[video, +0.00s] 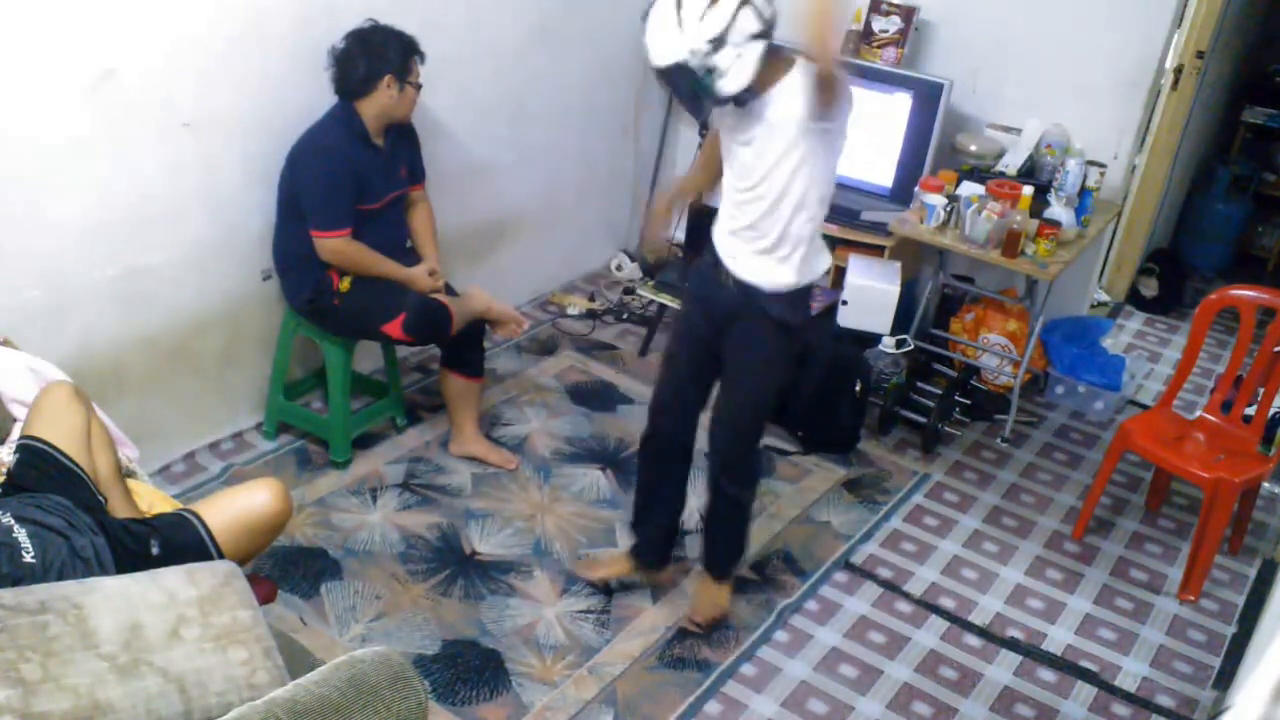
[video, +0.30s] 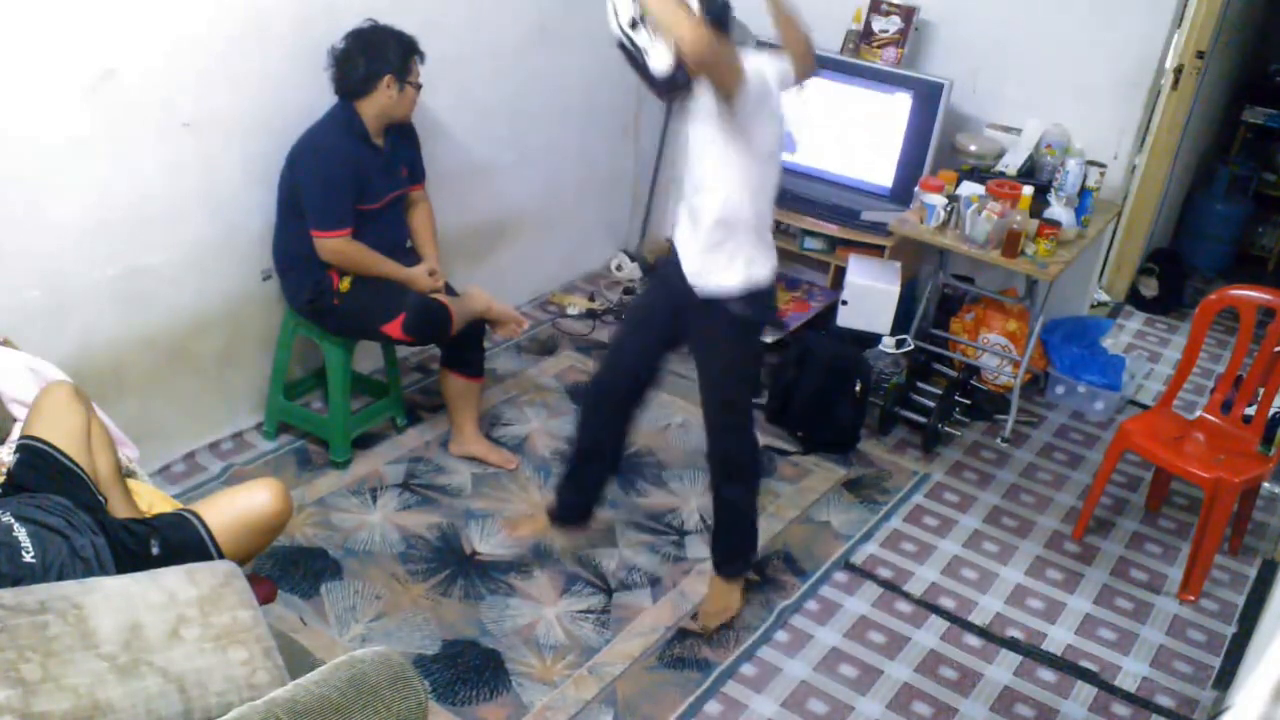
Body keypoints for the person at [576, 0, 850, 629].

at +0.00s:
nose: (710, 80)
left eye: (713, 66)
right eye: (701, 70)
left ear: (742, 41)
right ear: (702, 59)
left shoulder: (819, 98)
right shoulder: (731, 94)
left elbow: (826, 69)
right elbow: (708, 166)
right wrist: (671, 199)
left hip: (776, 301)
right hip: (714, 279)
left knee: (732, 442)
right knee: (668, 419)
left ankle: (717, 576)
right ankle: (650, 551)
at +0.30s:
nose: (675, 47)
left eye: (681, 34)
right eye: (670, 37)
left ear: (711, 33)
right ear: (717, 31)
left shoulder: (747, 78)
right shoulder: (751, 72)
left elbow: (700, 48)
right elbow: (803, 61)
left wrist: (656, 6)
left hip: (736, 289)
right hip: (682, 272)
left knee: (730, 435)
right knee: (609, 390)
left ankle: (730, 571)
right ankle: (569, 514)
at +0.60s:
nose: (619, 74)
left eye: (628, 61)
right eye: (616, 61)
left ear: (658, 60)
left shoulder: (691, 129)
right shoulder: (657, 105)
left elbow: (575, 105)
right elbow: (728, 46)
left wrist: (521, 16)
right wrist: (724, 11)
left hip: (663, 315)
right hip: (608, 296)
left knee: (669, 449)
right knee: (551, 405)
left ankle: (723, 553)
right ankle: (567, 500)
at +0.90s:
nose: (654, 66)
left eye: (671, 60)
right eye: (655, 50)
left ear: (687, 57)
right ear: (638, 17)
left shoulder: (679, 93)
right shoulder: (566, 16)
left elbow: (696, 219)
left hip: (622, 252)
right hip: (543, 245)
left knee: (646, 402)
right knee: (540, 391)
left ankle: (663, 553)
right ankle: (550, 503)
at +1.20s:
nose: (639, 52)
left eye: (653, 43)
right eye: (630, 34)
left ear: (662, 47)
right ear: (601, 24)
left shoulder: (641, 94)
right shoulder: (539, 62)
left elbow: (667, 127)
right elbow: (434, 26)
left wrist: (729, 116)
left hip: (606, 283)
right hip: (528, 283)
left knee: (620, 428)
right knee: (526, 424)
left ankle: (613, 552)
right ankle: (525, 533)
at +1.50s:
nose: (587, 126)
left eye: (604, 109)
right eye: (569, 108)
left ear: (626, 94)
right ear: (538, 93)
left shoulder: (632, 121)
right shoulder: (511, 132)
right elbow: (490, 61)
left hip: (608, 346)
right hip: (522, 344)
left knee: (621, 502)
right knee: (474, 490)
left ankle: (606, 586)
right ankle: (479, 598)